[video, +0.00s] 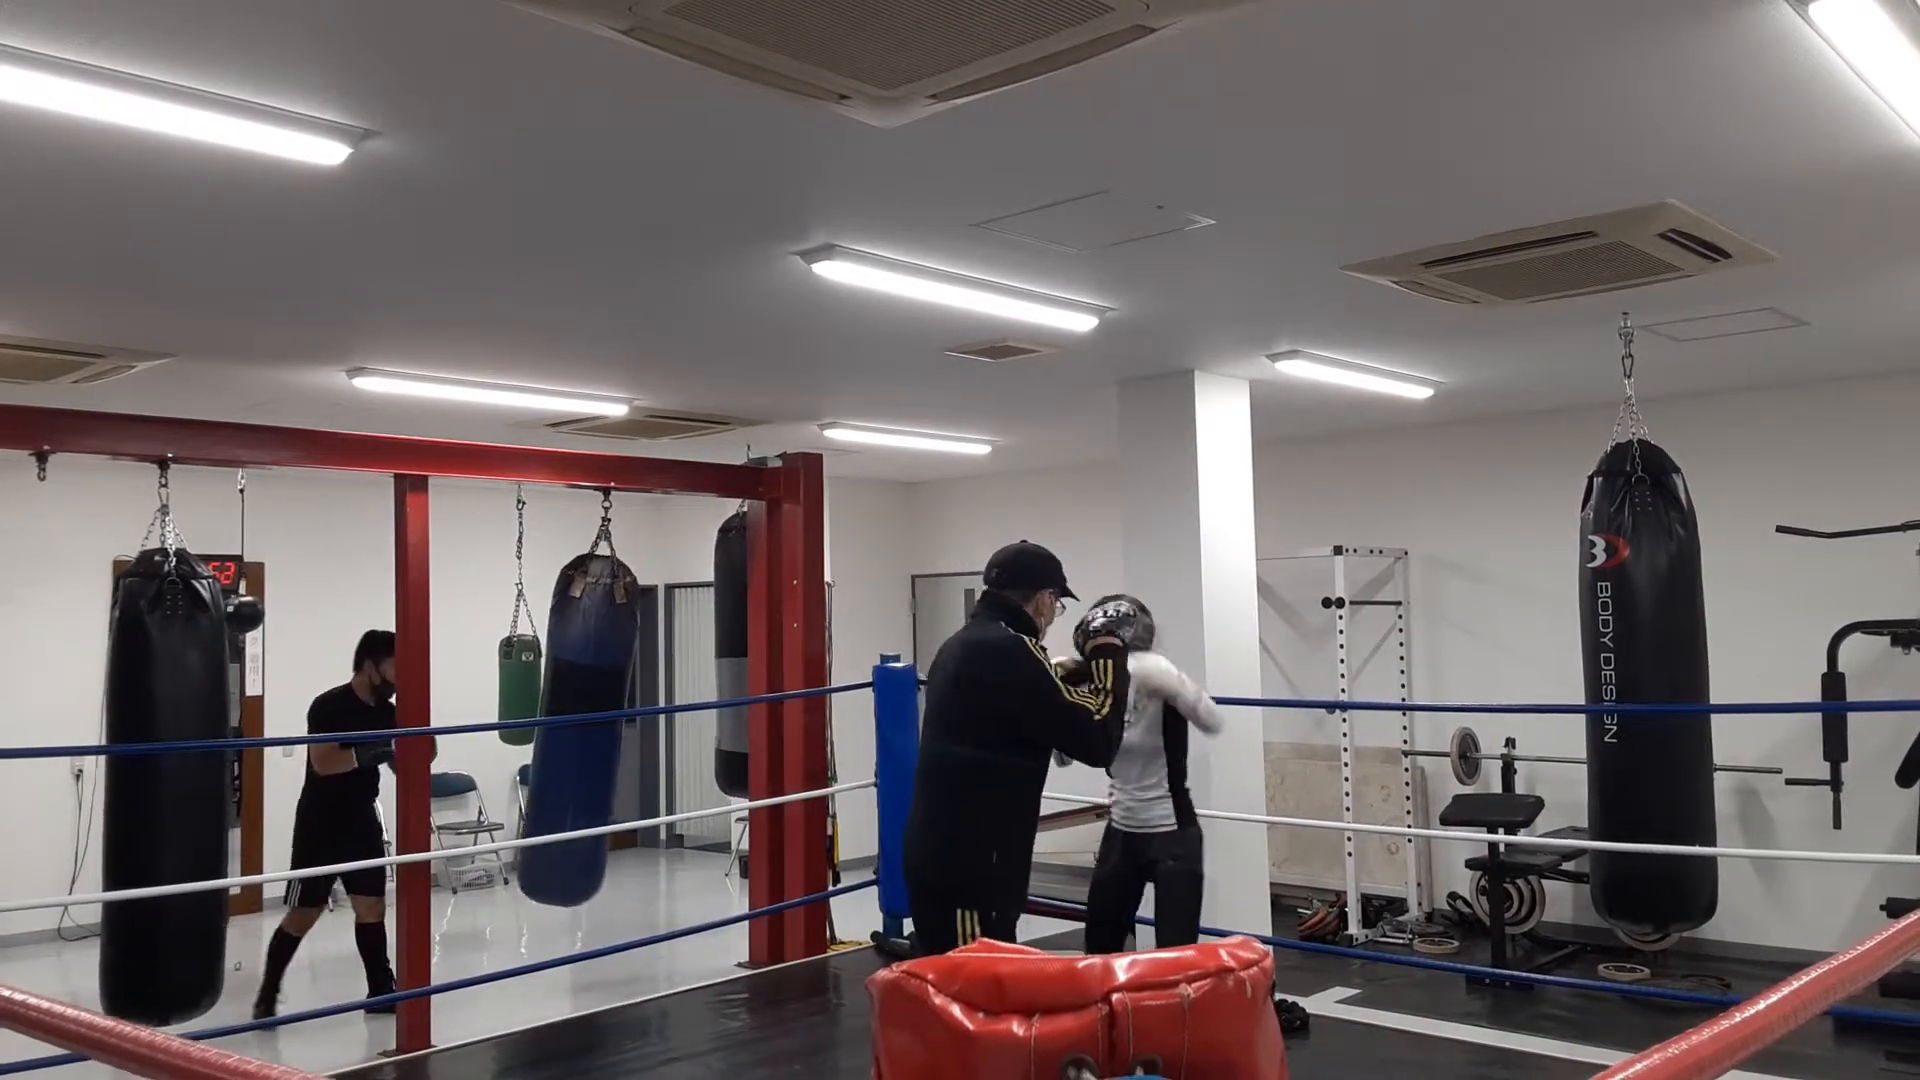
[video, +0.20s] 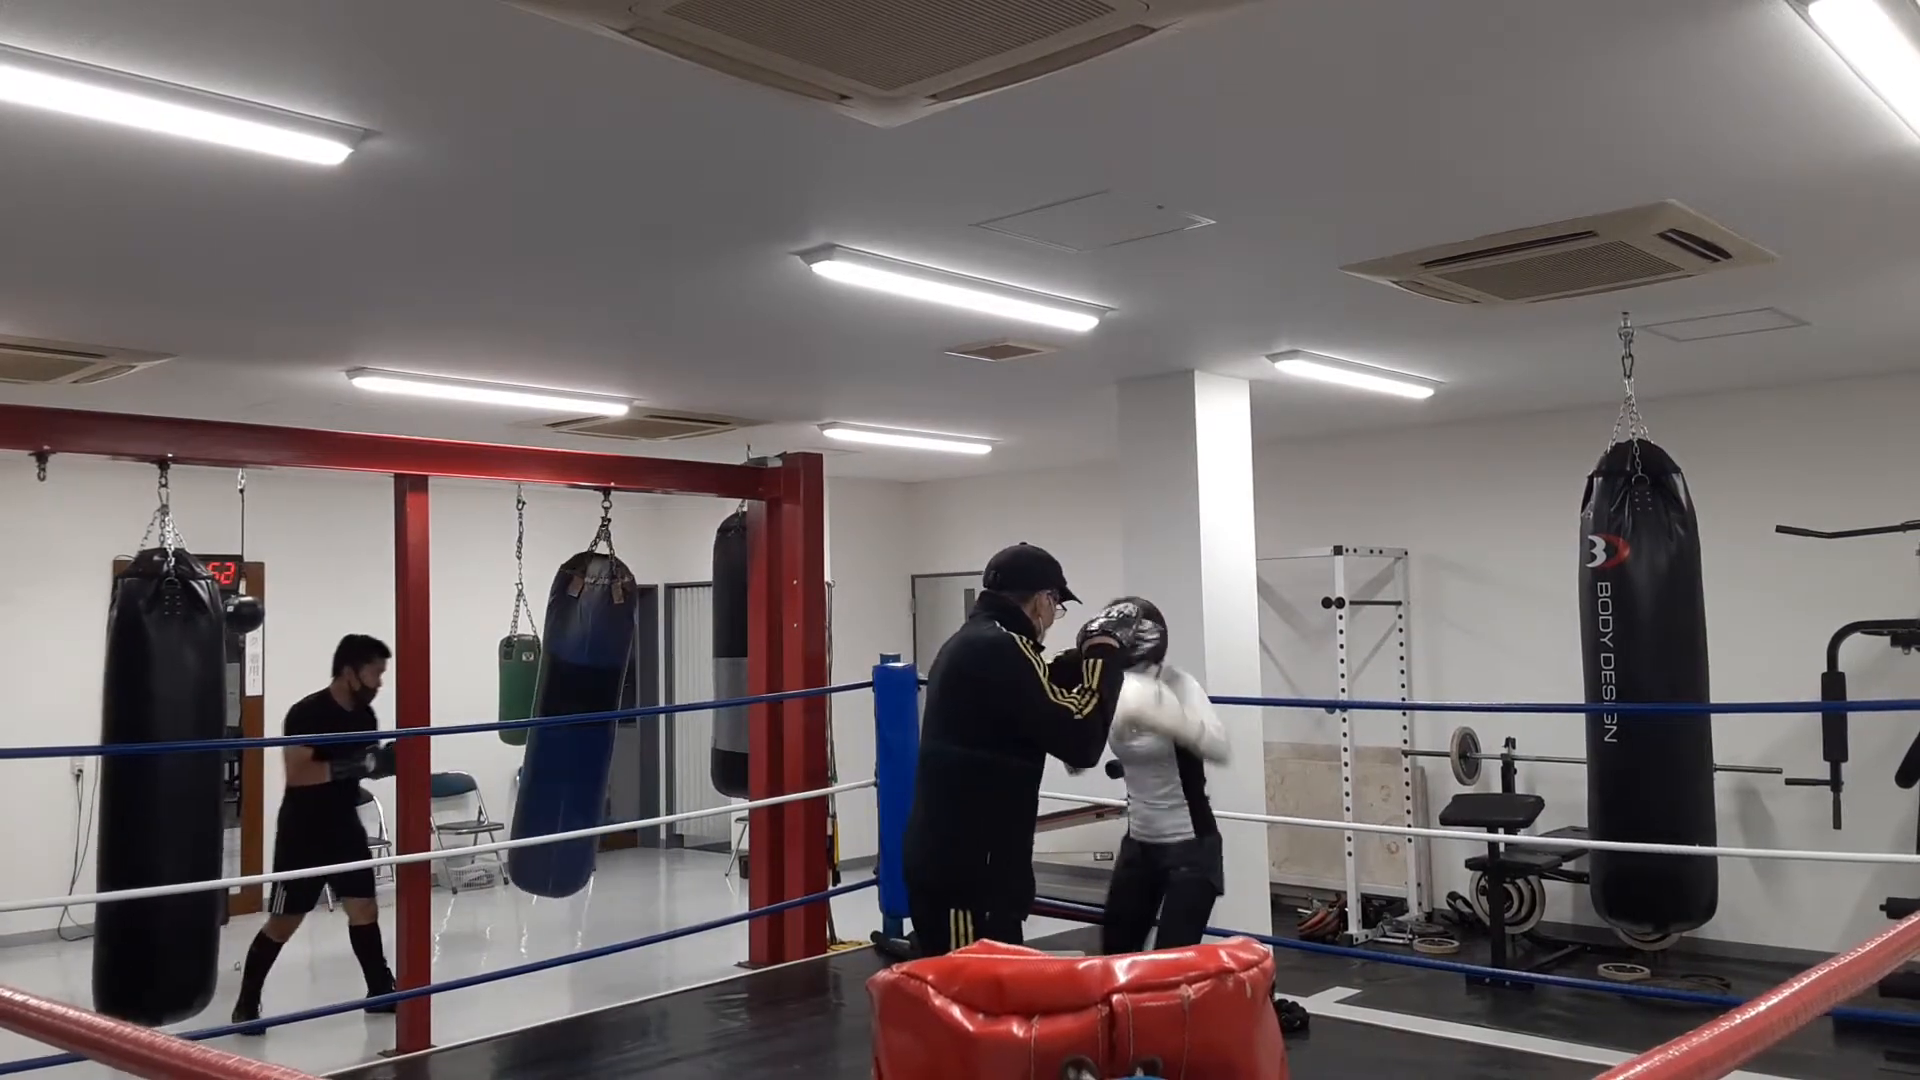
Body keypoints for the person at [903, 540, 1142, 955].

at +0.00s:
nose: (1056, 612)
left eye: (1058, 602)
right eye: (1056, 600)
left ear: (1000, 592)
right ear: (1039, 598)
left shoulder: (959, 646)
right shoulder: (1011, 653)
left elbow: (1004, 709)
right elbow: (1098, 743)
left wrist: (1059, 675)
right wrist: (1108, 655)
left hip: (937, 858)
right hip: (979, 866)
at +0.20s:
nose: (1055, 618)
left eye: (1058, 606)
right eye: (1056, 604)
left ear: (999, 594)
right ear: (1037, 599)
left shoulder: (966, 644)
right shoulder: (1003, 649)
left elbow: (1023, 709)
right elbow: (1080, 742)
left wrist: (1078, 659)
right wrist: (1106, 655)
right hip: (977, 871)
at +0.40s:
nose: (1052, 617)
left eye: (1054, 606)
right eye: (1052, 605)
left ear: (993, 597)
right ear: (1034, 601)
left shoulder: (958, 648)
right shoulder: (1003, 655)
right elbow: (1083, 750)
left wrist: (1097, 664)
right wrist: (1101, 658)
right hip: (971, 882)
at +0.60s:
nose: (1045, 629)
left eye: (1046, 618)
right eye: (1044, 617)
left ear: (981, 607)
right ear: (1028, 616)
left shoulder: (924, 671)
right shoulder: (1031, 683)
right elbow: (1082, 767)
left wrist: (1067, 781)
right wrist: (1129, 676)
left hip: (915, 876)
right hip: (988, 880)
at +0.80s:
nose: (1031, 637)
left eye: (1033, 627)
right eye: (1031, 626)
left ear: (963, 614)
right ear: (1016, 623)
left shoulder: (911, 681)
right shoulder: (1018, 687)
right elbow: (1091, 776)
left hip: (909, 886)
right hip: (986, 891)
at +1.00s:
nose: (1016, 621)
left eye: (1018, 609)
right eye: (1016, 608)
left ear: (947, 603)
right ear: (999, 606)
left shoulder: (899, 668)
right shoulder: (1004, 680)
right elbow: (1068, 795)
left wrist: (1047, 694)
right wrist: (1098, 694)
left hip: (892, 896)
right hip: (971, 903)